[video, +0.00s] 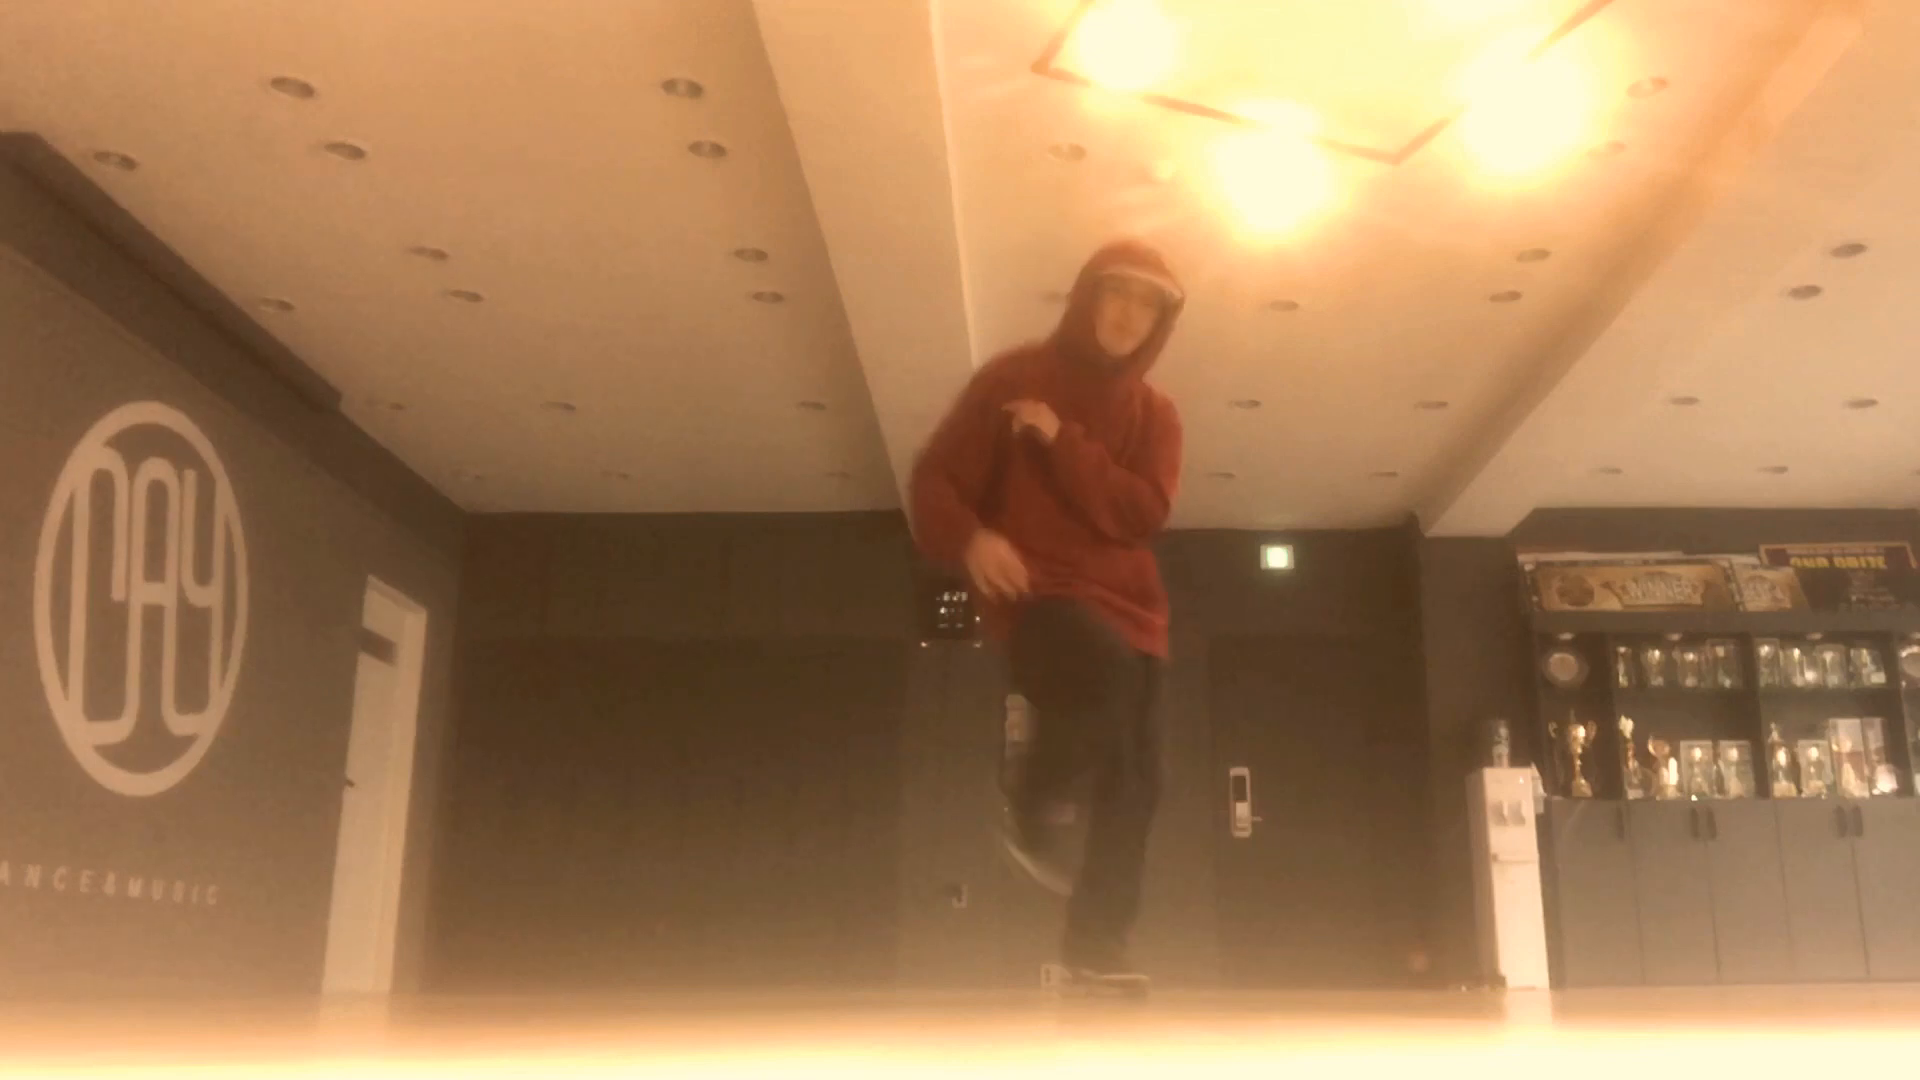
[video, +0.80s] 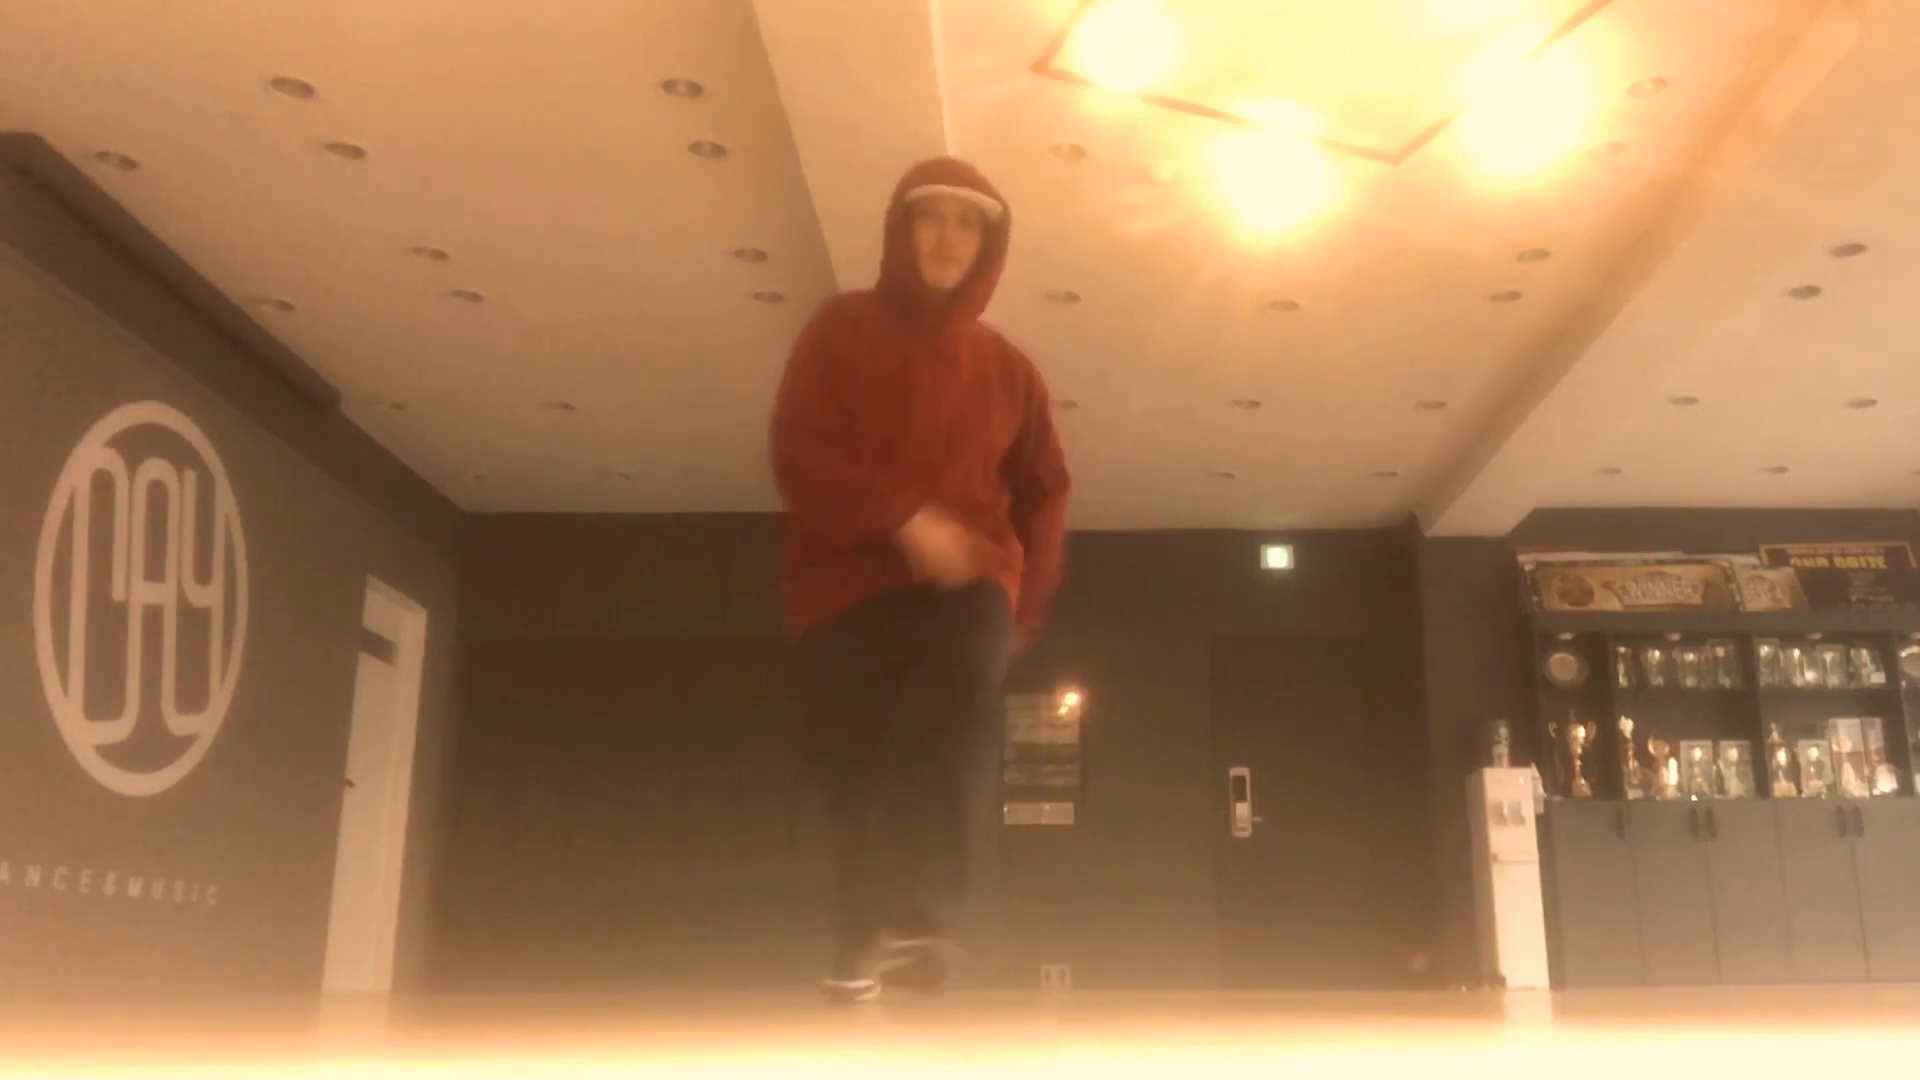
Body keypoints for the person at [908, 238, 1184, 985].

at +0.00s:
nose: (1126, 313)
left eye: (1145, 304)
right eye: (1116, 293)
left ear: (1159, 323)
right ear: (1086, 297)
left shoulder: (1153, 412)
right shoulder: (1013, 376)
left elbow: (1145, 512)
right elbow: (932, 477)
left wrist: (1059, 439)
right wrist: (969, 540)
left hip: (1127, 609)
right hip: (1037, 591)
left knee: (1131, 773)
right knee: (1102, 665)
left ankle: (1097, 946)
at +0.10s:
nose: (1119, 281)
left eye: (1137, 273)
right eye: (1108, 262)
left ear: (1150, 293)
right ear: (1077, 266)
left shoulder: (1140, 385)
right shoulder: (1002, 339)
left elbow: (1141, 490)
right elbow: (924, 428)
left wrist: (1073, 420)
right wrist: (948, 507)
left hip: (1087, 584)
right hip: (1001, 563)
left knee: (1088, 755)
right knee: (1039, 666)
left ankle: (1086, 939)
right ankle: (966, 781)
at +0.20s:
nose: (1097, 283)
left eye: (1114, 275)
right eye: (1086, 265)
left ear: (1130, 292)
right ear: (1056, 269)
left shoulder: (1123, 384)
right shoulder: (992, 345)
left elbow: (1149, 482)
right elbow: (912, 423)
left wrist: (1105, 438)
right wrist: (913, 499)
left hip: (1062, 593)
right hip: (971, 573)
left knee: (1046, 770)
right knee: (954, 741)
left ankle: (1028, 934)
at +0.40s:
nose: (1041, 310)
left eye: (1059, 300)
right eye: (1028, 293)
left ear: (1078, 318)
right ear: (1001, 301)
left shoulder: (1084, 421)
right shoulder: (939, 389)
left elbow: (1115, 502)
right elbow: (864, 480)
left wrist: (1113, 559)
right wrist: (855, 578)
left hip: (1015, 634)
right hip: (912, 616)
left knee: (998, 796)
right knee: (885, 771)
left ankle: (991, 944)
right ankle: (839, 939)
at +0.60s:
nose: (952, 282)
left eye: (970, 268)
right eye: (935, 264)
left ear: (991, 286)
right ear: (907, 278)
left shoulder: (1023, 396)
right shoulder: (858, 384)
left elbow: (1055, 532)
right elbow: (810, 507)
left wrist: (1040, 655)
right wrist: (839, 609)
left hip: (978, 614)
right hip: (871, 608)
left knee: (993, 756)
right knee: (860, 786)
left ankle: (1007, 866)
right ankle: (858, 956)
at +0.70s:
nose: (944, 251)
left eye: (964, 237)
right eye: (927, 232)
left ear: (986, 257)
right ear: (898, 246)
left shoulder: (1018, 375)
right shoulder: (843, 358)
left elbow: (1042, 510)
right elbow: (790, 487)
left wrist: (1003, 594)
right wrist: (855, 570)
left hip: (970, 580)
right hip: (861, 576)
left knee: (982, 661)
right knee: (858, 756)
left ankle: (969, 893)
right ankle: (865, 945)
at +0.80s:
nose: (946, 237)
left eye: (967, 224)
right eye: (929, 217)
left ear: (988, 247)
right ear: (898, 230)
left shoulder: (1007, 368)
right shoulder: (842, 328)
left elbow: (1044, 496)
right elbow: (803, 457)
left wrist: (1020, 605)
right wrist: (902, 519)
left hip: (967, 592)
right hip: (849, 587)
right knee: (860, 751)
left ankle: (921, 917)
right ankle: (864, 938)